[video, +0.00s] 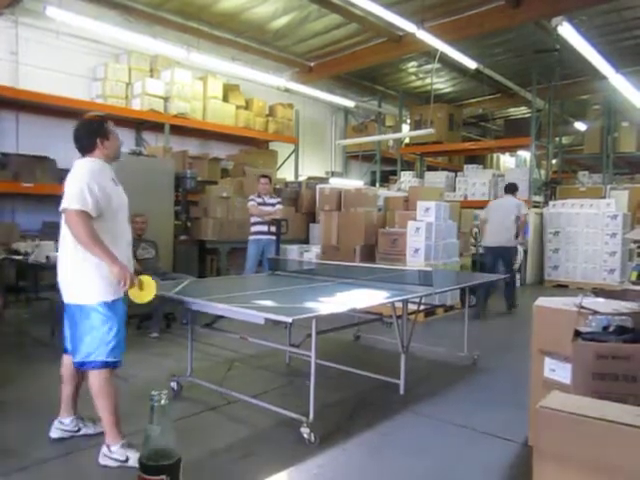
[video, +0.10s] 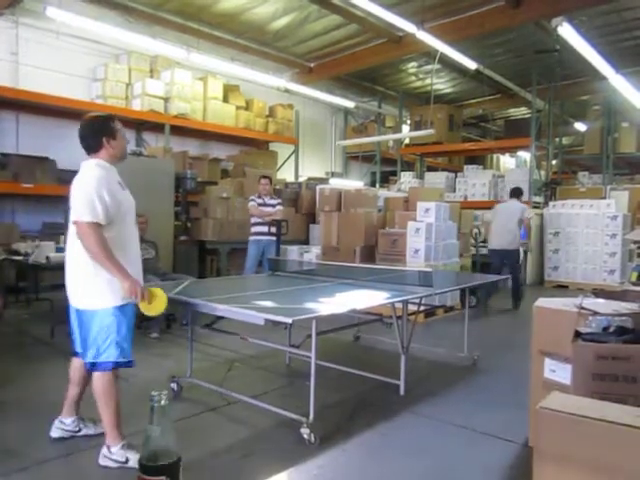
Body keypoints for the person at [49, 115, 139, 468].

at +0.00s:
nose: (119, 141)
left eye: (116, 136)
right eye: (114, 136)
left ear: (94, 143)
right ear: (101, 141)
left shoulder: (101, 172)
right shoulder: (87, 170)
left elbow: (96, 222)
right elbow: (75, 218)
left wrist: (127, 226)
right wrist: (114, 262)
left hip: (91, 286)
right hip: (93, 288)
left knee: (75, 354)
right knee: (101, 364)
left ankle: (66, 418)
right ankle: (114, 444)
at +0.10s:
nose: (125, 141)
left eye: (123, 136)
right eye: (121, 136)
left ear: (100, 143)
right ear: (107, 141)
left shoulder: (104, 175)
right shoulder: (93, 176)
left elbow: (102, 227)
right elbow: (87, 229)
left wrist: (131, 224)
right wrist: (125, 277)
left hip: (98, 289)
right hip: (101, 291)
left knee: (84, 355)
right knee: (105, 365)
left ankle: (67, 418)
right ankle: (114, 445)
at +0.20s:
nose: (134, 140)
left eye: (131, 135)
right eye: (129, 135)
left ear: (107, 142)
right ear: (114, 141)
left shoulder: (106, 175)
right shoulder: (101, 178)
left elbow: (111, 233)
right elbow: (101, 236)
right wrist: (137, 283)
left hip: (110, 291)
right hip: (108, 294)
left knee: (102, 357)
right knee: (109, 367)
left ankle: (72, 412)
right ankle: (113, 446)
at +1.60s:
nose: (159, 143)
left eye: (157, 136)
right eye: (156, 136)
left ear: (121, 141)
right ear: (144, 139)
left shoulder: (102, 174)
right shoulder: (142, 178)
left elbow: (86, 224)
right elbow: (154, 241)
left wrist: (126, 236)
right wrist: (180, 253)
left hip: (109, 289)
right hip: (137, 294)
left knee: (115, 354)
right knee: (126, 368)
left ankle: (88, 418)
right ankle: (116, 446)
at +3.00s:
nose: (128, 144)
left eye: (126, 137)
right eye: (125, 137)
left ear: (95, 144)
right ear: (115, 140)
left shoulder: (79, 179)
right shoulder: (123, 176)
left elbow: (93, 226)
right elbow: (137, 231)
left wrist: (146, 225)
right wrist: (159, 249)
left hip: (84, 290)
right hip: (120, 293)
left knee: (82, 358)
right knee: (119, 367)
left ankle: (77, 429)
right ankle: (115, 448)